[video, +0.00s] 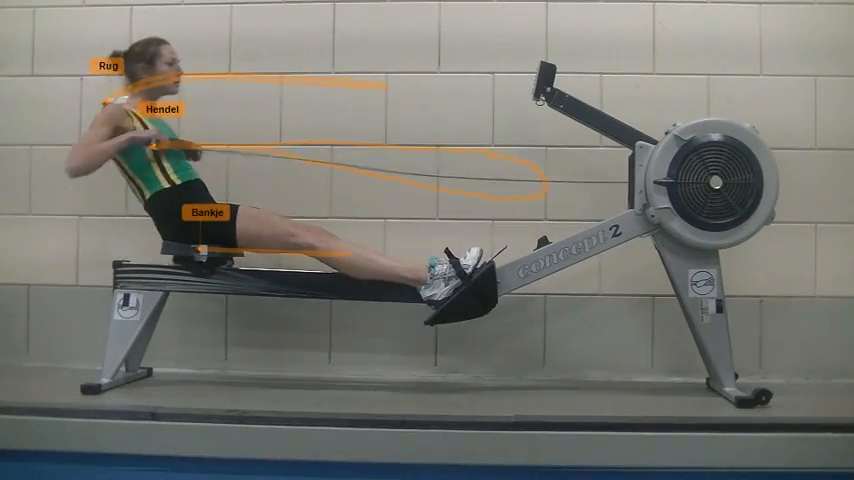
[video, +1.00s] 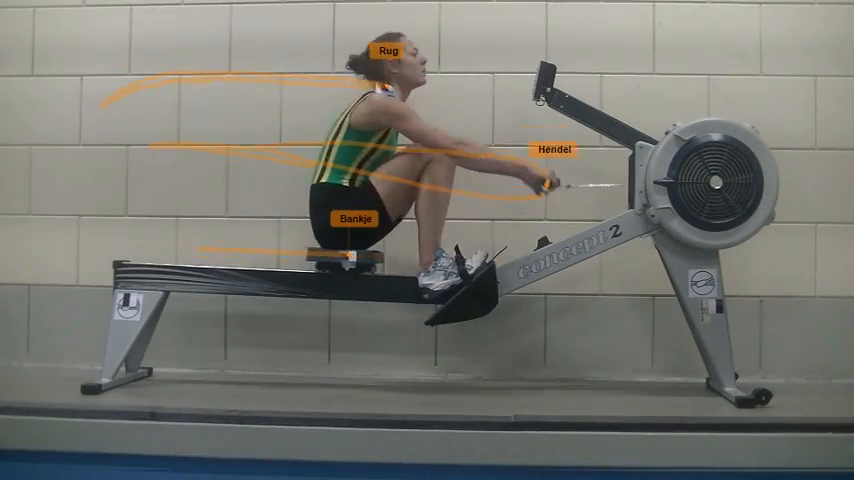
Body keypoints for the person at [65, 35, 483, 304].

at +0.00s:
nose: (177, 75)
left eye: (176, 68)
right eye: (170, 69)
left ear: (158, 72)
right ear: (143, 72)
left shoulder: (153, 112)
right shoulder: (119, 112)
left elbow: (160, 164)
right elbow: (75, 165)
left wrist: (187, 152)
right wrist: (133, 137)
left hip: (196, 210)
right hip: (183, 215)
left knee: (314, 235)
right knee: (312, 237)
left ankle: (428, 277)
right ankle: (429, 281)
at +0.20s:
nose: (224, 56)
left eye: (222, 48)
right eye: (215, 50)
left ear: (200, 58)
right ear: (190, 56)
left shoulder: (193, 108)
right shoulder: (164, 97)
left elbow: (210, 169)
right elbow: (156, 148)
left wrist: (251, 162)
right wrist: (226, 145)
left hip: (204, 210)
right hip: (190, 214)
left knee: (323, 220)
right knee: (318, 221)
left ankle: (429, 274)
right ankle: (425, 281)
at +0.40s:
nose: (290, 55)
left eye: (287, 47)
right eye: (280, 48)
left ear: (261, 57)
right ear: (253, 56)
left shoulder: (257, 106)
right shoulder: (232, 97)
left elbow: (292, 165)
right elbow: (256, 148)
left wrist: (347, 174)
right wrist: (325, 155)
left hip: (235, 217)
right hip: (220, 220)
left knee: (349, 191)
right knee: (343, 193)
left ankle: (429, 273)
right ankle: (426, 280)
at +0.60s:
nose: (350, 58)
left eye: (346, 51)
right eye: (340, 52)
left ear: (319, 63)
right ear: (315, 61)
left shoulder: (315, 105)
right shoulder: (296, 101)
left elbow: (358, 158)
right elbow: (348, 158)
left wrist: (421, 177)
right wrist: (415, 174)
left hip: (280, 212)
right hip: (269, 216)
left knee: (382, 177)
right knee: (380, 179)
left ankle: (431, 272)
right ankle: (430, 281)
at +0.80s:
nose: (403, 59)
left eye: (398, 52)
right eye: (393, 54)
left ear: (373, 69)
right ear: (370, 68)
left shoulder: (364, 104)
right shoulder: (358, 105)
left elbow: (416, 159)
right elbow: (420, 158)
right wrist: (490, 183)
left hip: (324, 219)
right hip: (320, 221)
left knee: (415, 154)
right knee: (415, 155)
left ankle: (432, 267)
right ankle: (429, 272)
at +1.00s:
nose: (423, 59)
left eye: (419, 53)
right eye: (414, 54)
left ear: (393, 69)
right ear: (392, 68)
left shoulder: (387, 104)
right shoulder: (382, 105)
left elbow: (454, 146)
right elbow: (453, 148)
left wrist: (520, 168)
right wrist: (521, 171)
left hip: (342, 215)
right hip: (338, 218)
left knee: (436, 157)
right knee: (438, 158)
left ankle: (434, 260)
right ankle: (429, 271)